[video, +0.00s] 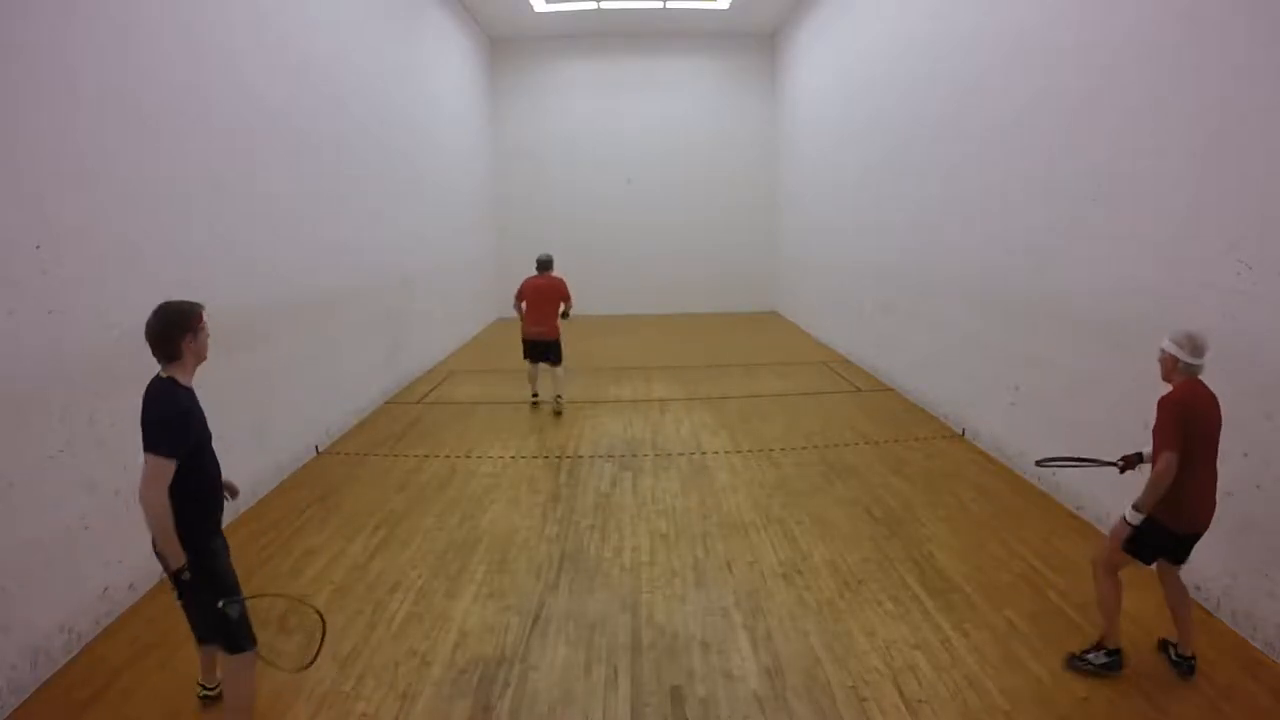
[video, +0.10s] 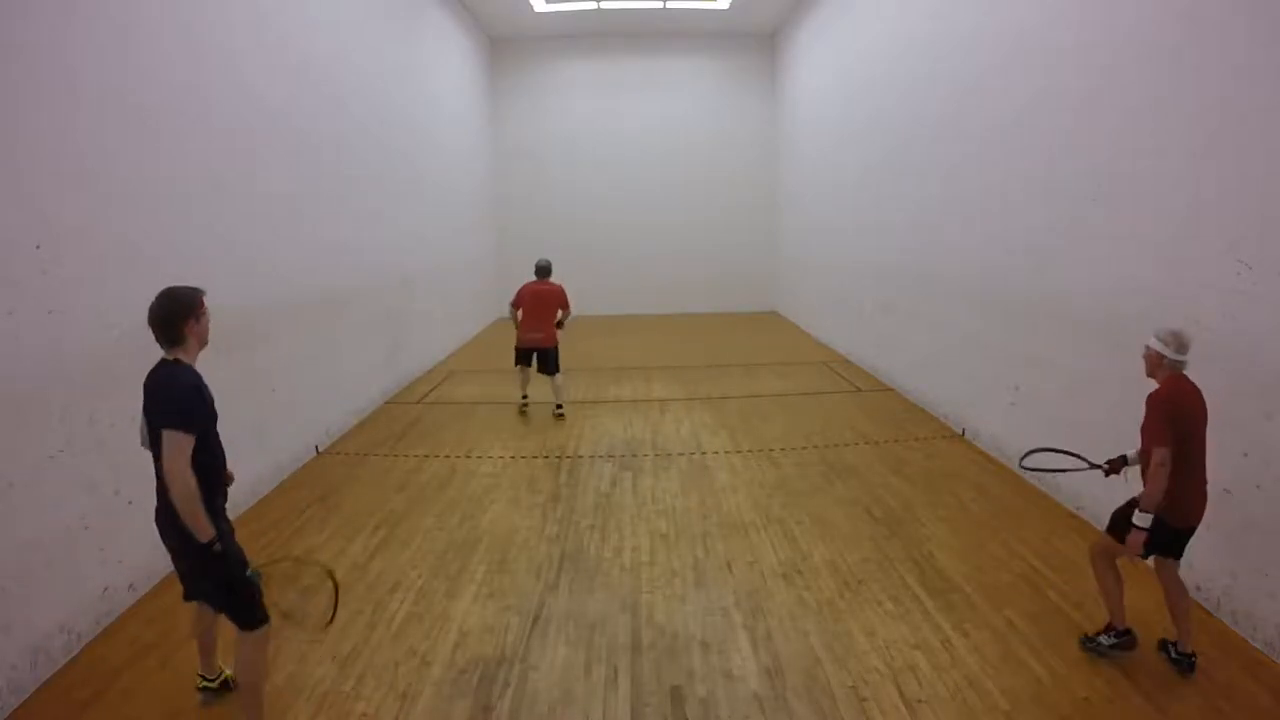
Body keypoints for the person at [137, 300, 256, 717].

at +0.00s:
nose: (208, 338)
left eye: (205, 331)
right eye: (203, 332)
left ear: (174, 343)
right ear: (187, 342)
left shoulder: (173, 389)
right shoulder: (169, 403)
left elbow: (181, 459)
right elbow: (151, 493)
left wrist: (215, 483)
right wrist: (177, 563)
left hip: (196, 530)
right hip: (197, 543)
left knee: (207, 615)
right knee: (242, 648)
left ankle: (210, 684)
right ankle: (240, 714)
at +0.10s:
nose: (209, 324)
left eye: (206, 315)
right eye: (205, 317)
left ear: (165, 330)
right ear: (192, 325)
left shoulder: (159, 378)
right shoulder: (185, 386)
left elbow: (157, 445)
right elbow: (176, 474)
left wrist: (211, 470)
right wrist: (212, 542)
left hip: (177, 519)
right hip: (202, 527)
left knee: (205, 595)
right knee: (254, 621)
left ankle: (210, 675)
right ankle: (253, 711)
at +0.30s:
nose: (233, 358)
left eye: (229, 350)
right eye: (230, 351)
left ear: (190, 365)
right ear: (222, 361)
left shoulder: (188, 409)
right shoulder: (216, 421)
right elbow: (237, 507)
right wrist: (295, 546)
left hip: (191, 539)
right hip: (221, 546)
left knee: (211, 607)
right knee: (315, 606)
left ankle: (190, 685)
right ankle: (334, 703)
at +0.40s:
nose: (264, 368)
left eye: (261, 361)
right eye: (262, 362)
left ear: (217, 376)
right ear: (255, 371)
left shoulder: (216, 419)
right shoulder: (257, 434)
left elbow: (249, 478)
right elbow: (298, 507)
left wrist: (305, 495)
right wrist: (357, 529)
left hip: (211, 548)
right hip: (244, 558)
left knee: (224, 608)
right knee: (337, 596)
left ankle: (190, 683)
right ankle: (344, 691)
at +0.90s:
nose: (517, 321)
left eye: (507, 313)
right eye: (519, 315)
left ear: (477, 317)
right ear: (516, 320)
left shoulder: (450, 369)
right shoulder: (536, 372)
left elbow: (415, 430)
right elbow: (560, 438)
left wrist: (430, 488)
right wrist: (579, 496)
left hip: (487, 504)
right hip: (537, 498)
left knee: (513, 612)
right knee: (559, 568)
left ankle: (533, 708)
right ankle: (579, 656)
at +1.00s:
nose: (558, 336)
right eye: (566, 327)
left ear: (532, 334)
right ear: (570, 332)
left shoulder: (512, 386)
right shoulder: (592, 382)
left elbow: (499, 460)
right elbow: (636, 445)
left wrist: (530, 479)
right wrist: (654, 493)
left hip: (547, 515)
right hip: (596, 505)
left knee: (538, 623)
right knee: (638, 559)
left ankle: (542, 712)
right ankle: (692, 621)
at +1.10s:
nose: (616, 333)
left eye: (602, 327)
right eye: (620, 325)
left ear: (589, 331)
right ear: (625, 329)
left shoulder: (573, 381)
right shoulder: (648, 373)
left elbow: (560, 450)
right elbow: (692, 424)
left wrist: (582, 483)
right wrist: (701, 462)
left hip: (606, 496)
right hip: (653, 489)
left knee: (595, 587)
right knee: (685, 548)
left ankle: (560, 666)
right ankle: (716, 615)